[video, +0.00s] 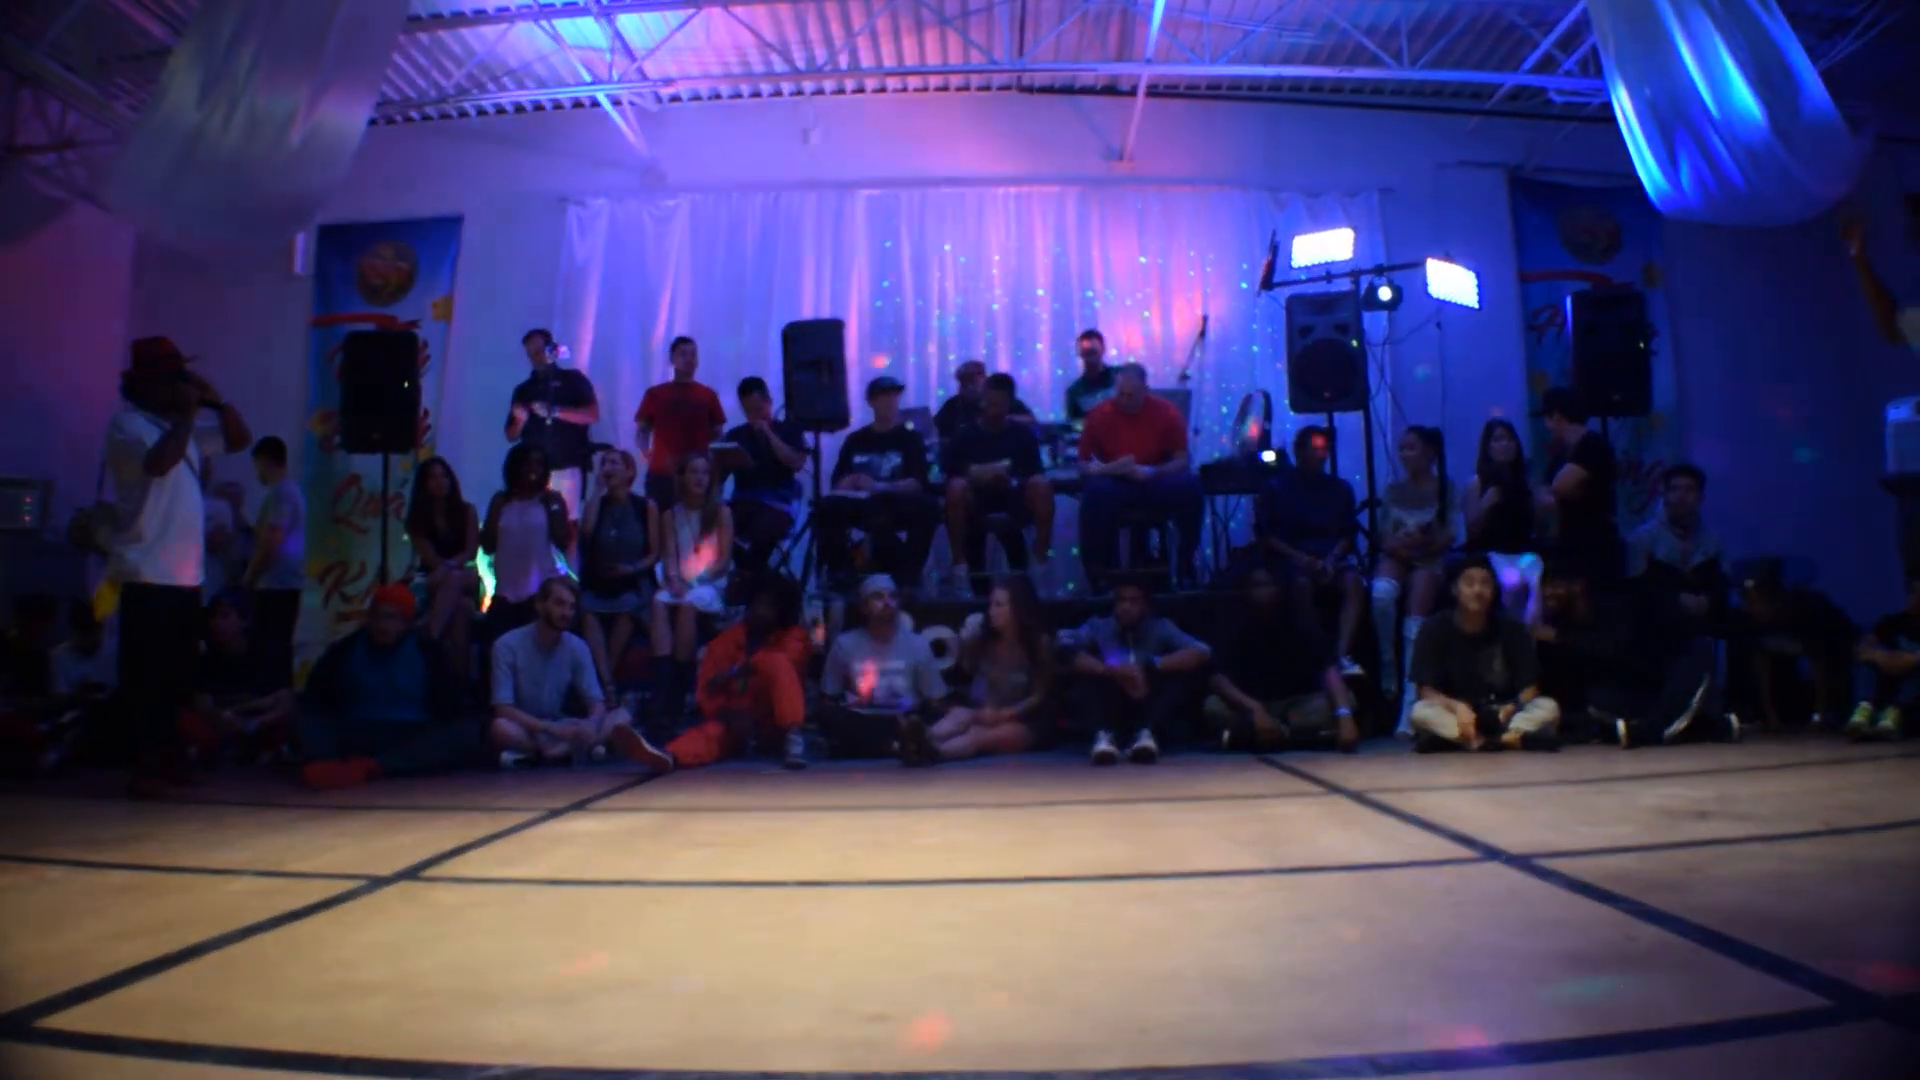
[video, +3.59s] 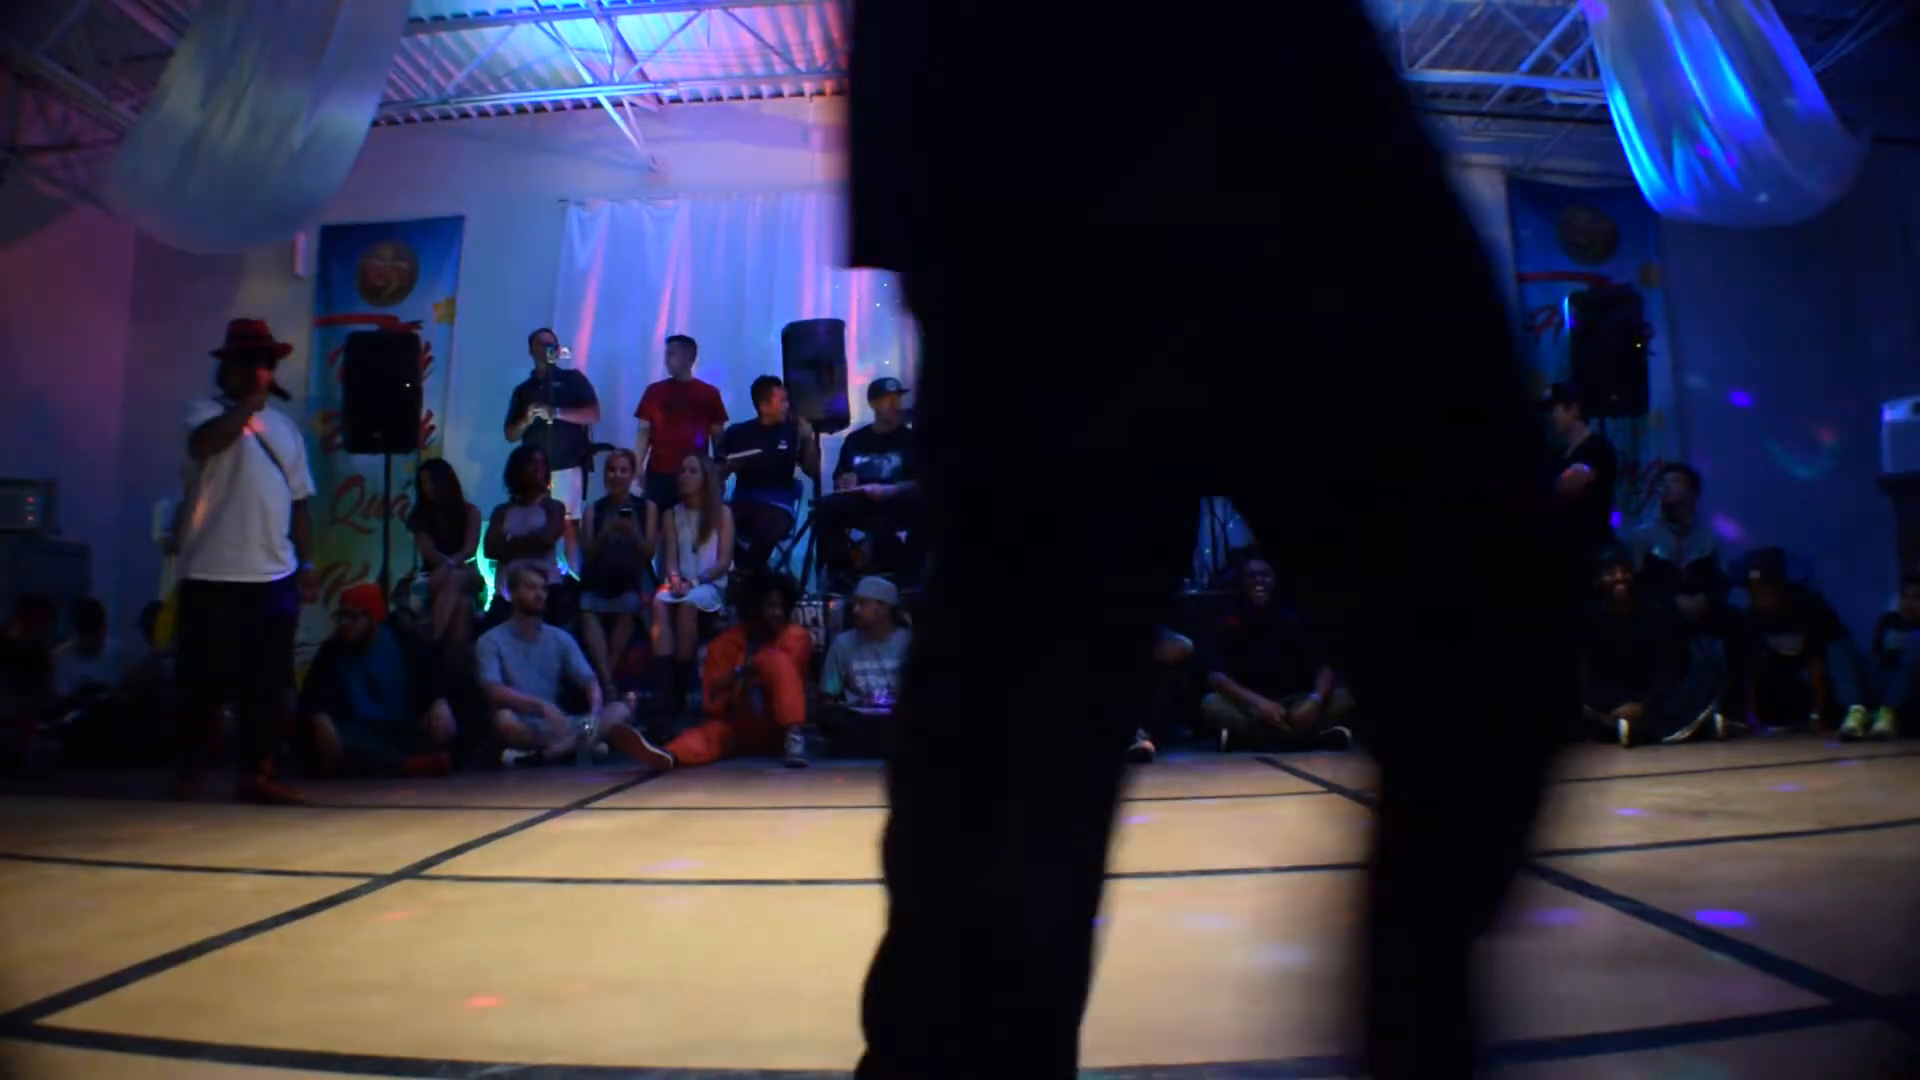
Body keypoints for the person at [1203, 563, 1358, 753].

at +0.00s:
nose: (1262, 593)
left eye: (1267, 586)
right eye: (1256, 587)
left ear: (1278, 589)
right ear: (1247, 592)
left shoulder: (1297, 626)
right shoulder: (1239, 630)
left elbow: (1328, 670)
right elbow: (1218, 678)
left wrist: (1344, 715)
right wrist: (1256, 710)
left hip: (1300, 702)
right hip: (1252, 705)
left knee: (1341, 702)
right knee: (1213, 706)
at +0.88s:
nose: (1269, 589)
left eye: (1270, 582)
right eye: (1260, 584)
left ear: (1276, 585)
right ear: (1245, 591)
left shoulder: (1293, 621)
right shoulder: (1234, 627)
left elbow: (1326, 668)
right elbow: (1214, 675)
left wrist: (1316, 712)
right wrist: (1256, 710)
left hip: (1296, 699)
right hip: (1248, 703)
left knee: (1344, 698)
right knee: (1211, 706)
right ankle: (1306, 736)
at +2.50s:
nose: (1241, 598)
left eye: (1248, 591)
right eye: (1238, 591)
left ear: (1268, 592)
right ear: (1232, 593)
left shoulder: (1293, 624)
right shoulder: (1230, 628)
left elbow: (1328, 671)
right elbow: (1213, 675)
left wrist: (1303, 716)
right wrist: (1254, 710)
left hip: (1294, 698)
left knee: (1343, 699)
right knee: (1211, 705)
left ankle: (1255, 741)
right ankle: (1309, 740)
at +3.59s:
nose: (1259, 581)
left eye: (1265, 575)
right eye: (1252, 576)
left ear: (1274, 580)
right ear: (1242, 582)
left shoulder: (1292, 617)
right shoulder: (1231, 621)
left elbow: (1324, 667)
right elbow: (1216, 676)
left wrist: (1315, 702)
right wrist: (1259, 704)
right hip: (1249, 703)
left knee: (1340, 699)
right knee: (1212, 704)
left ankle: (1249, 740)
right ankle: (1307, 739)